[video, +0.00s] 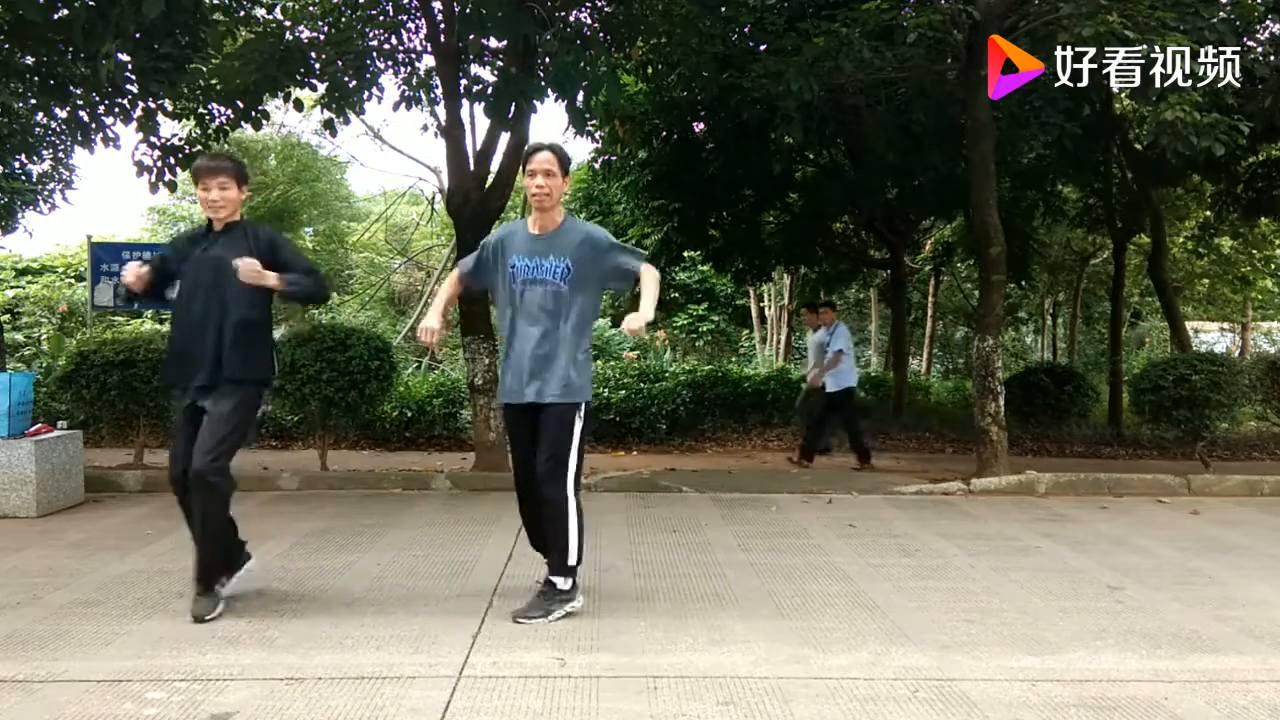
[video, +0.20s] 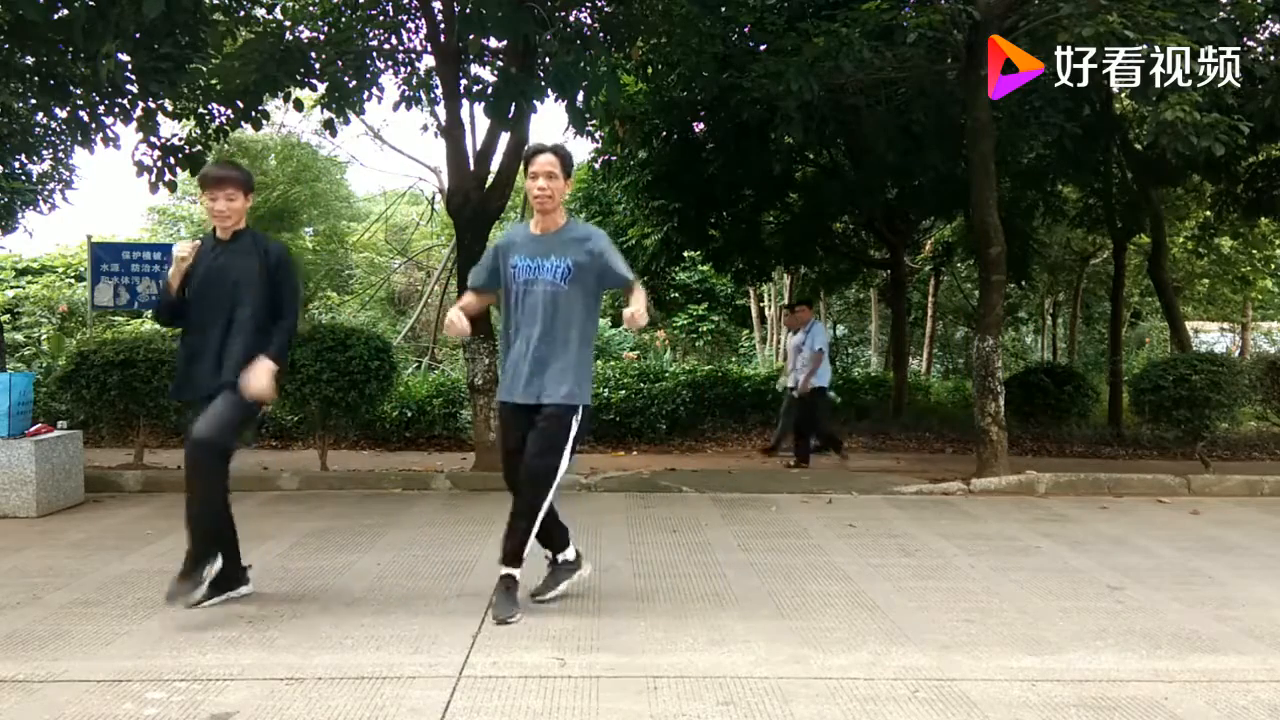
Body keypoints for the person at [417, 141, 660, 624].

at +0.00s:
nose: (539, 182)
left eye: (549, 174)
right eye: (532, 174)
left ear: (565, 183)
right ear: (523, 181)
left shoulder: (587, 238)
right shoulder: (503, 239)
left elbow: (647, 270)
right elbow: (458, 276)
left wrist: (645, 311)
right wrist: (435, 311)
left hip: (566, 379)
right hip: (518, 380)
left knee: (553, 481)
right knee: (527, 484)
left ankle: (562, 587)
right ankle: (557, 569)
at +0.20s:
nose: (542, 185)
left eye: (551, 177)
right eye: (535, 176)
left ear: (567, 184)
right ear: (525, 183)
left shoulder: (590, 240)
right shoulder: (507, 241)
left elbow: (634, 287)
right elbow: (479, 294)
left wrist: (638, 304)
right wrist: (459, 310)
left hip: (566, 382)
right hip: (515, 381)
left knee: (536, 478)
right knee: (520, 479)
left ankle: (508, 577)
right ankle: (564, 555)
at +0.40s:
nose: (549, 184)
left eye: (559, 176)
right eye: (542, 176)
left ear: (574, 186)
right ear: (531, 183)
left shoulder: (596, 241)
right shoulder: (513, 243)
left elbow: (612, 300)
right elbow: (499, 306)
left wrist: (616, 341)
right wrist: (489, 314)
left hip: (577, 366)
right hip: (526, 373)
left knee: (538, 442)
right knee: (536, 466)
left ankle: (529, 546)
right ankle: (567, 565)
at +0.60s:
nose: (566, 187)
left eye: (574, 179)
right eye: (558, 179)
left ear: (589, 187)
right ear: (547, 186)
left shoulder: (608, 244)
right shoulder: (526, 244)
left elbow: (621, 310)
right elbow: (490, 303)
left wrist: (634, 369)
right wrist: (511, 304)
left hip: (590, 362)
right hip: (539, 370)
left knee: (561, 405)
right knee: (542, 469)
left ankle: (587, 480)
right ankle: (551, 561)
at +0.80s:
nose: (592, 183)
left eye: (600, 174)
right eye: (583, 175)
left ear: (614, 183)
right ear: (572, 183)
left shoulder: (631, 242)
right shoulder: (546, 240)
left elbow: (638, 302)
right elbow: (528, 298)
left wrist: (645, 359)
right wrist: (538, 322)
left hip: (610, 380)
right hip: (555, 381)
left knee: (612, 465)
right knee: (548, 473)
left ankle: (619, 558)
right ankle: (547, 554)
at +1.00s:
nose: (612, 179)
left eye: (621, 171)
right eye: (604, 171)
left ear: (634, 180)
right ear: (591, 181)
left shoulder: (656, 239)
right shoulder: (571, 241)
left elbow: (665, 306)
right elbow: (562, 309)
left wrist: (667, 367)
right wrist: (554, 373)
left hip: (638, 382)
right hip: (582, 380)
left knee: (633, 486)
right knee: (565, 477)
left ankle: (630, 581)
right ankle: (557, 539)